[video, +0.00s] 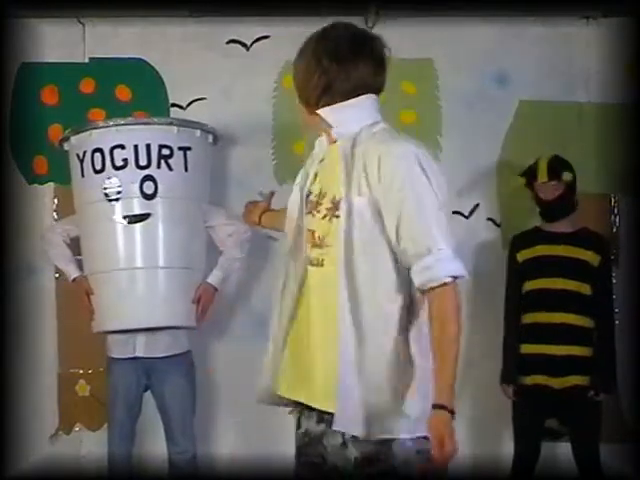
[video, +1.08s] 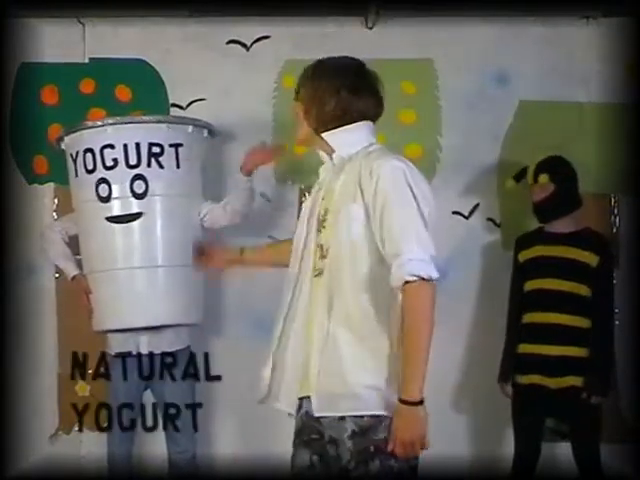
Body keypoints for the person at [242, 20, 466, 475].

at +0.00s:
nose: (297, 97)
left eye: (299, 84)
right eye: (298, 84)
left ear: (315, 86)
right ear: (369, 84)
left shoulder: (395, 157)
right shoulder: (323, 155)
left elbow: (443, 285)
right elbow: (308, 217)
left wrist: (442, 407)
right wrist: (262, 216)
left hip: (380, 417)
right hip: (316, 407)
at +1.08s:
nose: (297, 112)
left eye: (301, 101)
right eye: (298, 101)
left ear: (322, 105)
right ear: (354, 105)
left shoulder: (387, 172)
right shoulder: (327, 182)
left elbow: (418, 282)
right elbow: (309, 252)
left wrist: (411, 400)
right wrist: (233, 257)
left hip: (371, 411)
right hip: (315, 406)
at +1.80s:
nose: (350, 112)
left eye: (364, 97)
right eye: (334, 101)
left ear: (385, 107)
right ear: (319, 116)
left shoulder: (436, 174)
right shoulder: (296, 209)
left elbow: (469, 261)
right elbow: (295, 325)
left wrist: (506, 339)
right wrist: (321, 424)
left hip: (427, 417)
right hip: (343, 421)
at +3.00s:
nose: (326, 112)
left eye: (325, 103)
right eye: (323, 104)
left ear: (259, 101)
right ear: (305, 108)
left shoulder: (315, 160)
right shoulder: (225, 204)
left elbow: (359, 185)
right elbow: (218, 338)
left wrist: (406, 193)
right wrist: (249, 439)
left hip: (365, 399)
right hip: (291, 417)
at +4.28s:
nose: (336, 75)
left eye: (353, 61)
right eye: (322, 63)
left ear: (380, 74)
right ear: (310, 79)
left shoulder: (435, 164)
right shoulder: (283, 186)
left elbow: (468, 283)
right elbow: (274, 306)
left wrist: (488, 392)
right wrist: (280, 416)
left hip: (421, 427)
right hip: (323, 430)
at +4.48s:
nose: (346, 83)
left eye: (364, 67)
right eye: (333, 70)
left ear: (393, 79)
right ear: (322, 86)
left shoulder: (451, 171)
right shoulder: (299, 189)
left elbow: (468, 301)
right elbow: (299, 314)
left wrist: (461, 421)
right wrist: (309, 425)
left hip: (429, 432)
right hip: (340, 433)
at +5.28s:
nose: (303, 108)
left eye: (318, 95)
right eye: (289, 96)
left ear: (343, 104)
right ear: (276, 108)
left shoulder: (393, 190)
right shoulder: (250, 205)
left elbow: (417, 309)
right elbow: (252, 322)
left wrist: (430, 417)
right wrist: (266, 426)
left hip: (381, 432)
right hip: (296, 434)